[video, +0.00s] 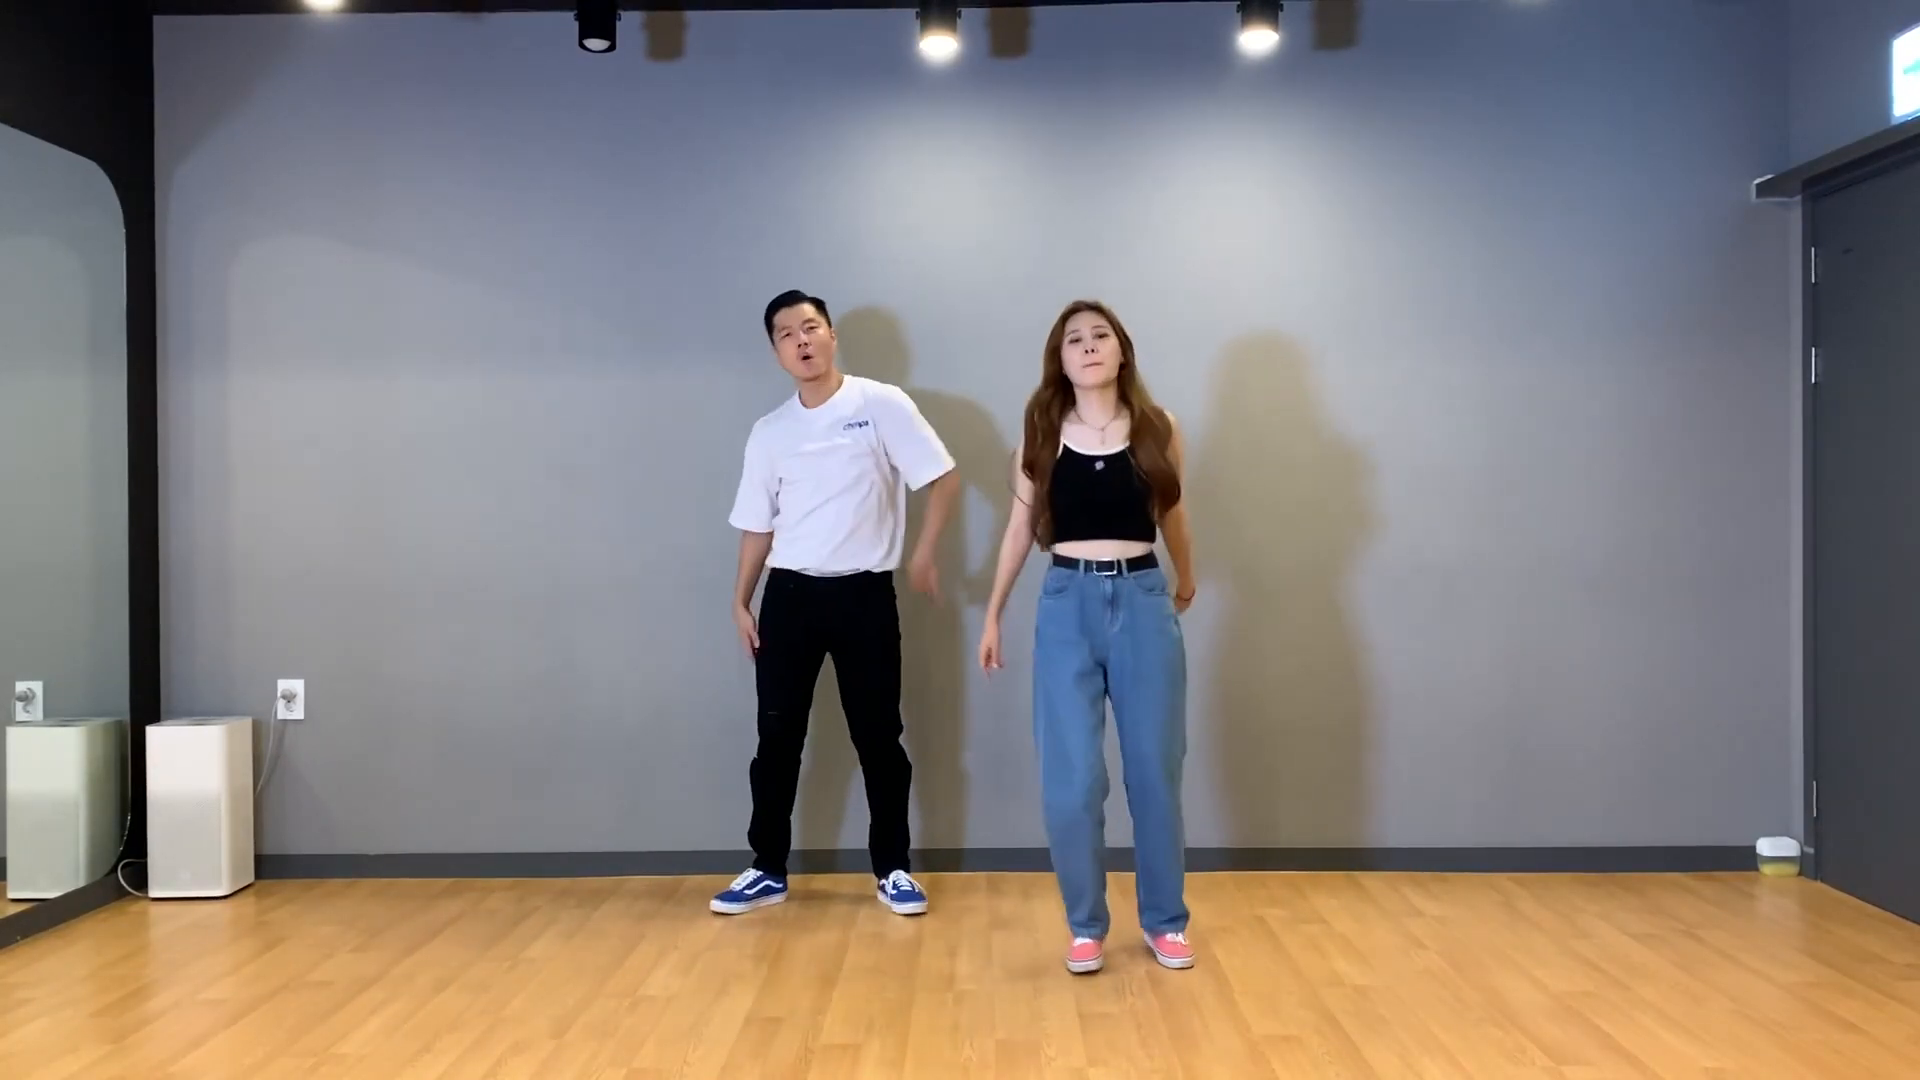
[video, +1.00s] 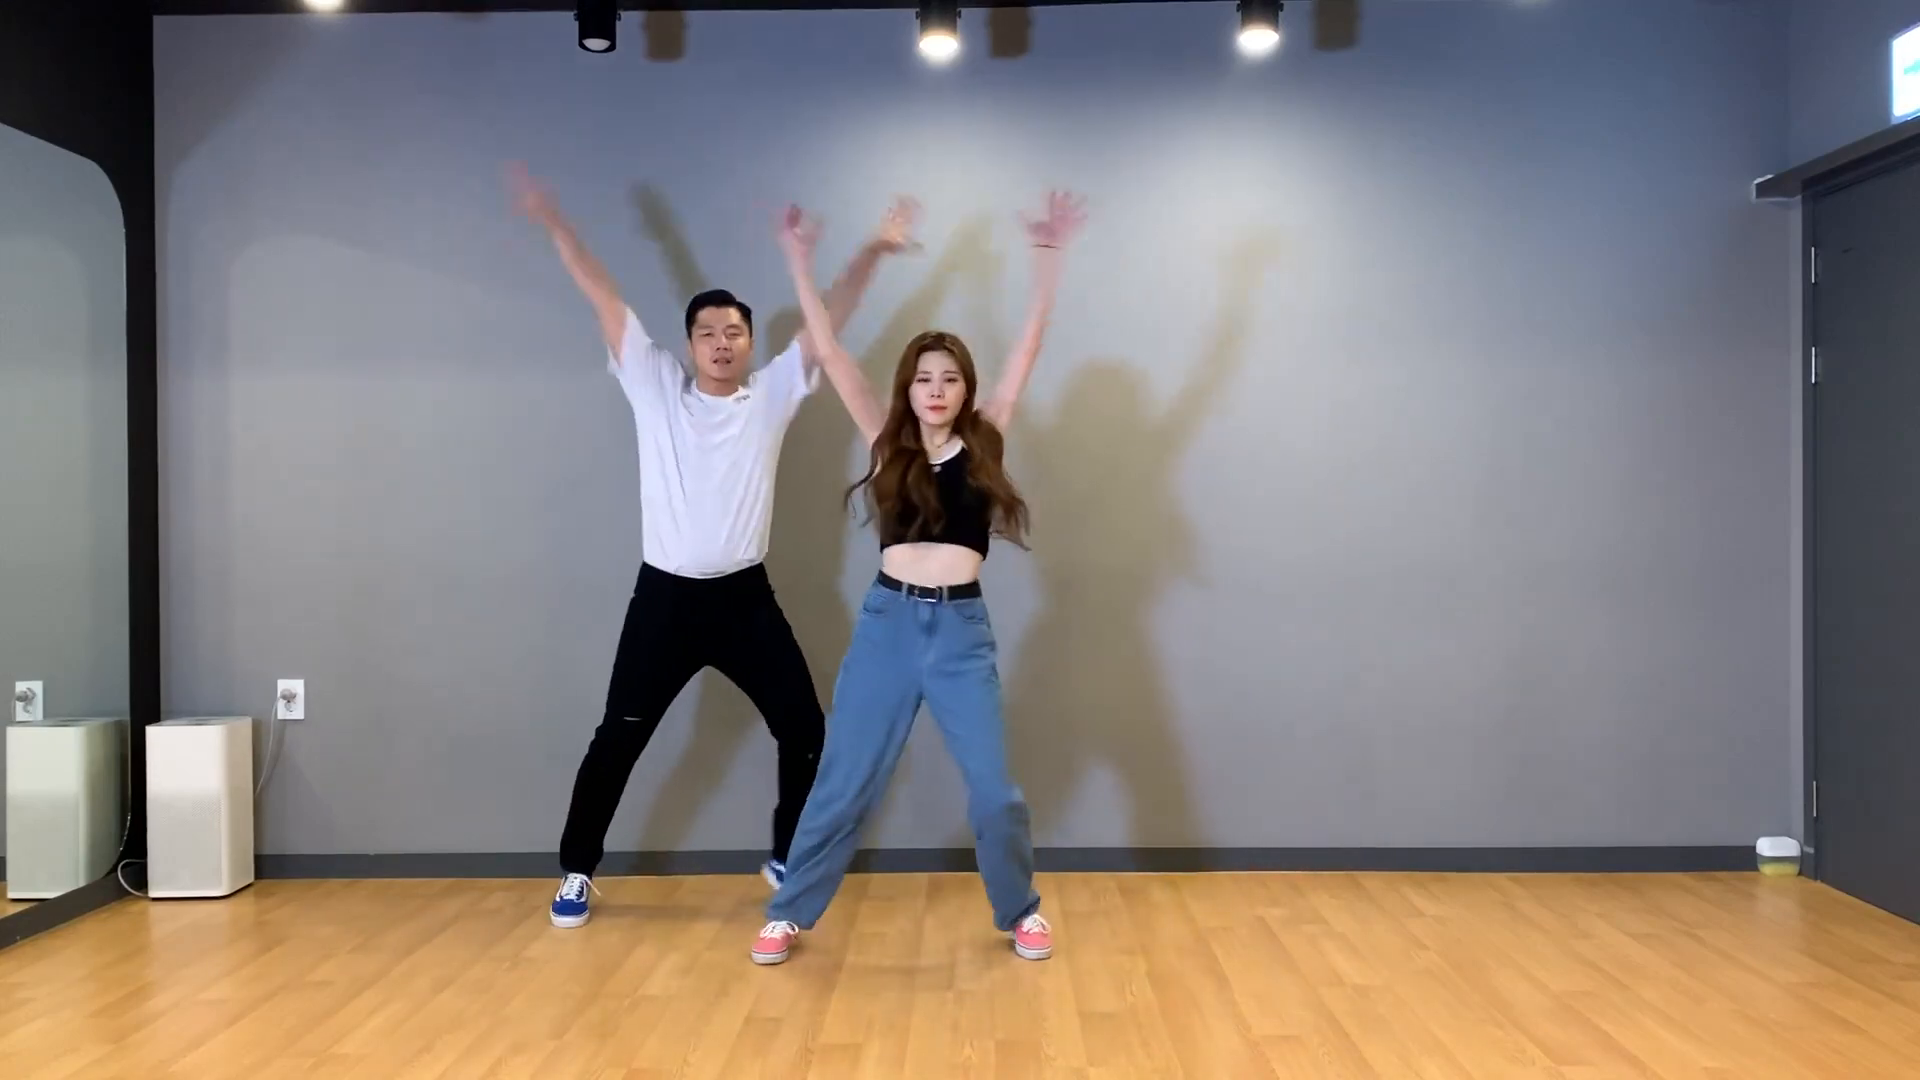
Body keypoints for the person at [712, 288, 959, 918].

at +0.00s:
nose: (802, 339)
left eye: (810, 326)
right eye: (788, 334)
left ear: (833, 335)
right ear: (778, 354)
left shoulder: (880, 402)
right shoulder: (768, 431)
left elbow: (944, 476)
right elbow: (757, 525)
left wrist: (925, 550)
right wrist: (741, 600)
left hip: (865, 595)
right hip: (789, 599)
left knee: (879, 740)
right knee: (776, 741)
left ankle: (894, 870)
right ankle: (767, 871)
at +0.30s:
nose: (803, 374)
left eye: (816, 363)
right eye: (792, 361)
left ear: (832, 371)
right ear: (774, 365)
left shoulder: (859, 435)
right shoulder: (737, 433)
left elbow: (885, 517)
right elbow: (723, 521)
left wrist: (886, 551)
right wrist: (774, 535)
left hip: (849, 607)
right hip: (773, 614)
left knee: (884, 739)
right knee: (758, 751)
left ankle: (898, 859)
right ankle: (770, 873)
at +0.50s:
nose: (789, 406)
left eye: (804, 396)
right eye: (780, 390)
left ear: (823, 399)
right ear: (766, 388)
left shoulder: (842, 452)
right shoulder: (737, 431)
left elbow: (854, 543)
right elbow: (736, 514)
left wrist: (806, 555)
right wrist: (817, 485)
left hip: (809, 626)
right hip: (737, 619)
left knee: (801, 763)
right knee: (677, 744)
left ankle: (796, 872)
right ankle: (702, 847)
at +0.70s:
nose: (772, 349)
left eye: (785, 340)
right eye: (760, 338)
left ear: (801, 355)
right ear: (741, 349)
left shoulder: (817, 431)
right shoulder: (689, 402)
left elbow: (913, 472)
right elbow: (591, 419)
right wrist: (504, 429)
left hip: (778, 607)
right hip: (699, 604)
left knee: (800, 745)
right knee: (646, 737)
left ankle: (787, 877)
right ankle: (592, 870)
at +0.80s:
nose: (752, 339)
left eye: (763, 330)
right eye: (739, 330)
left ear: (780, 344)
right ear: (718, 342)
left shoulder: (803, 409)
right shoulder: (665, 386)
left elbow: (898, 401)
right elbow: (569, 350)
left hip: (764, 600)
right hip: (686, 599)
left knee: (785, 742)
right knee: (641, 735)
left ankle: (769, 879)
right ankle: (591, 871)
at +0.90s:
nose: (733, 336)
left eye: (745, 326)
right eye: (721, 326)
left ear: (762, 340)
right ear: (700, 341)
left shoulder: (787, 397)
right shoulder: (655, 380)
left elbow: (859, 358)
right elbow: (573, 314)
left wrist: (922, 316)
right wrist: (505, 265)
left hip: (753, 599)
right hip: (675, 599)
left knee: (787, 734)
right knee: (632, 734)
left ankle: (766, 875)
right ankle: (586, 871)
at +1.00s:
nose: (722, 340)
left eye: (734, 331)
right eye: (707, 331)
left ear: (751, 344)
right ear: (688, 346)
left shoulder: (771, 398)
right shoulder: (656, 393)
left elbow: (824, 325)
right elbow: (606, 305)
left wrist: (874, 251)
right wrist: (555, 225)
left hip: (744, 601)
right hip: (664, 602)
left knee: (805, 729)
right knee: (618, 738)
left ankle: (787, 861)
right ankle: (576, 873)